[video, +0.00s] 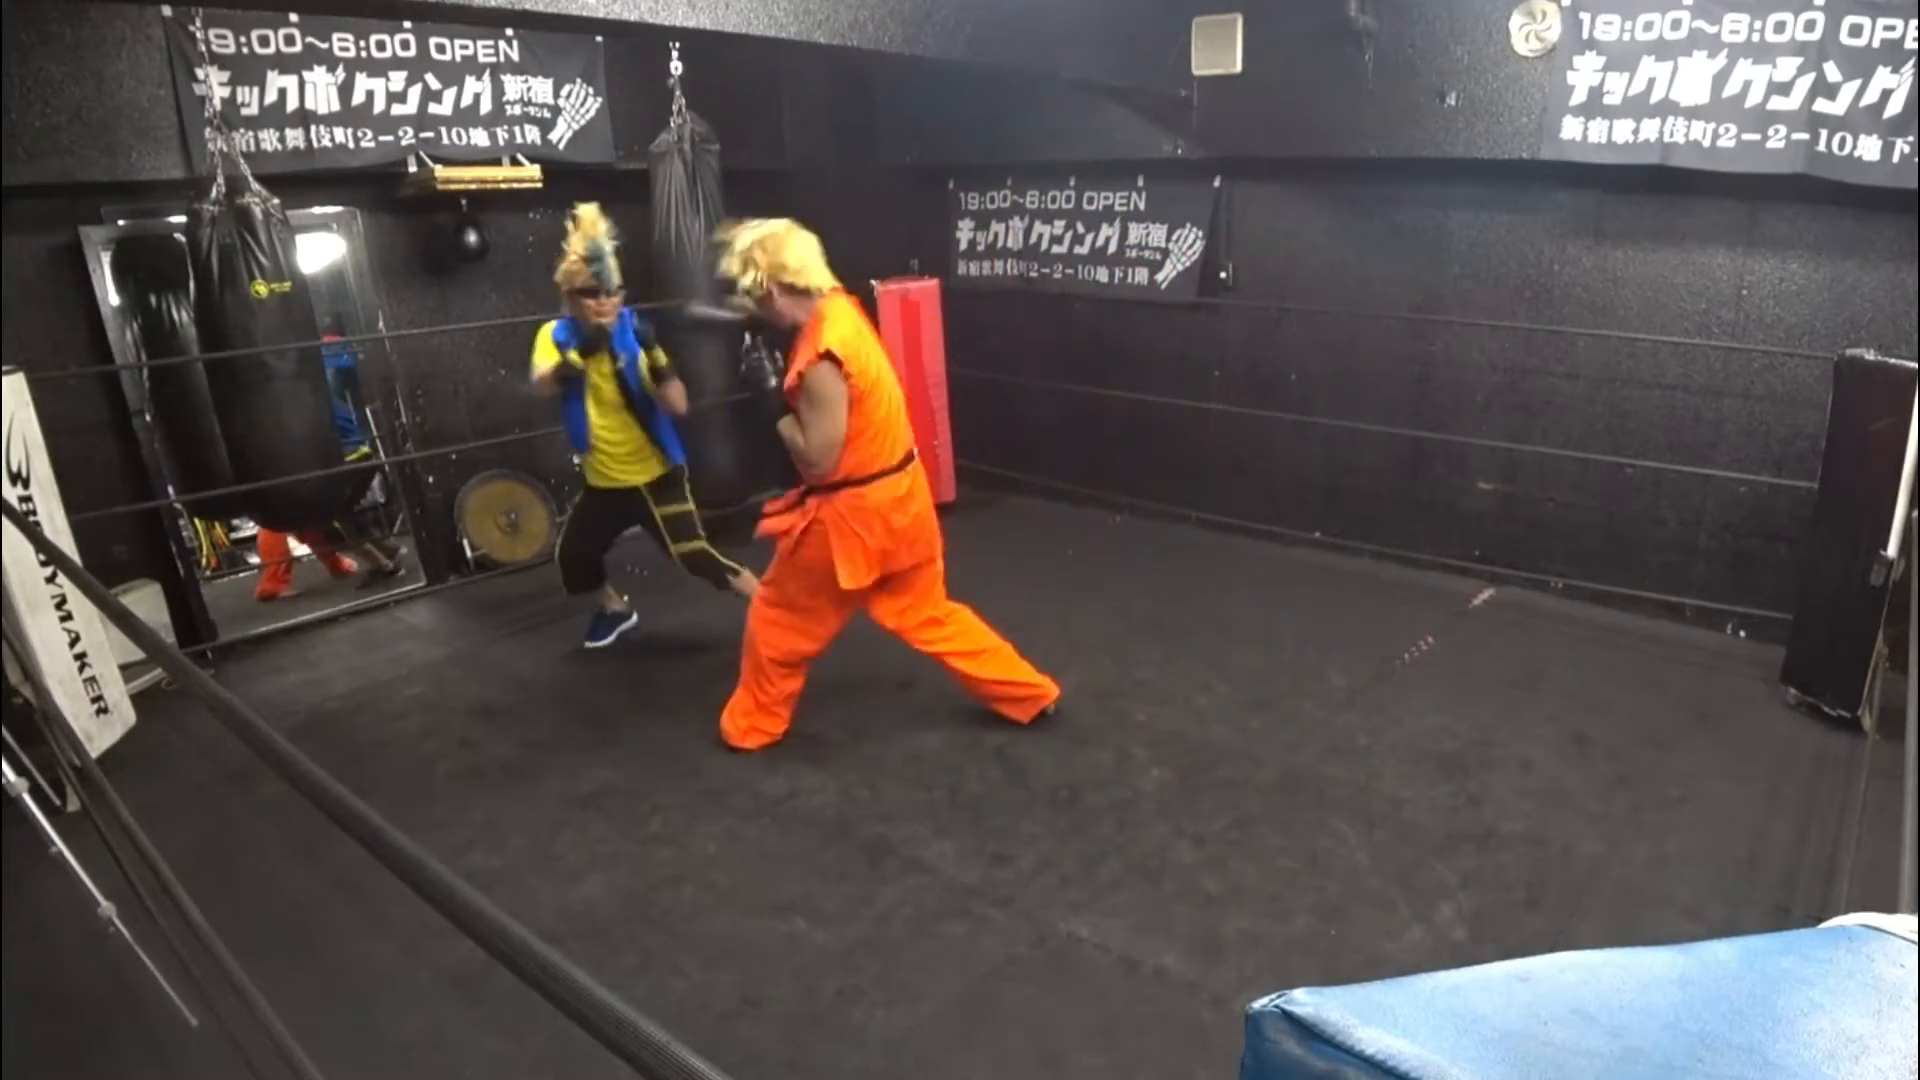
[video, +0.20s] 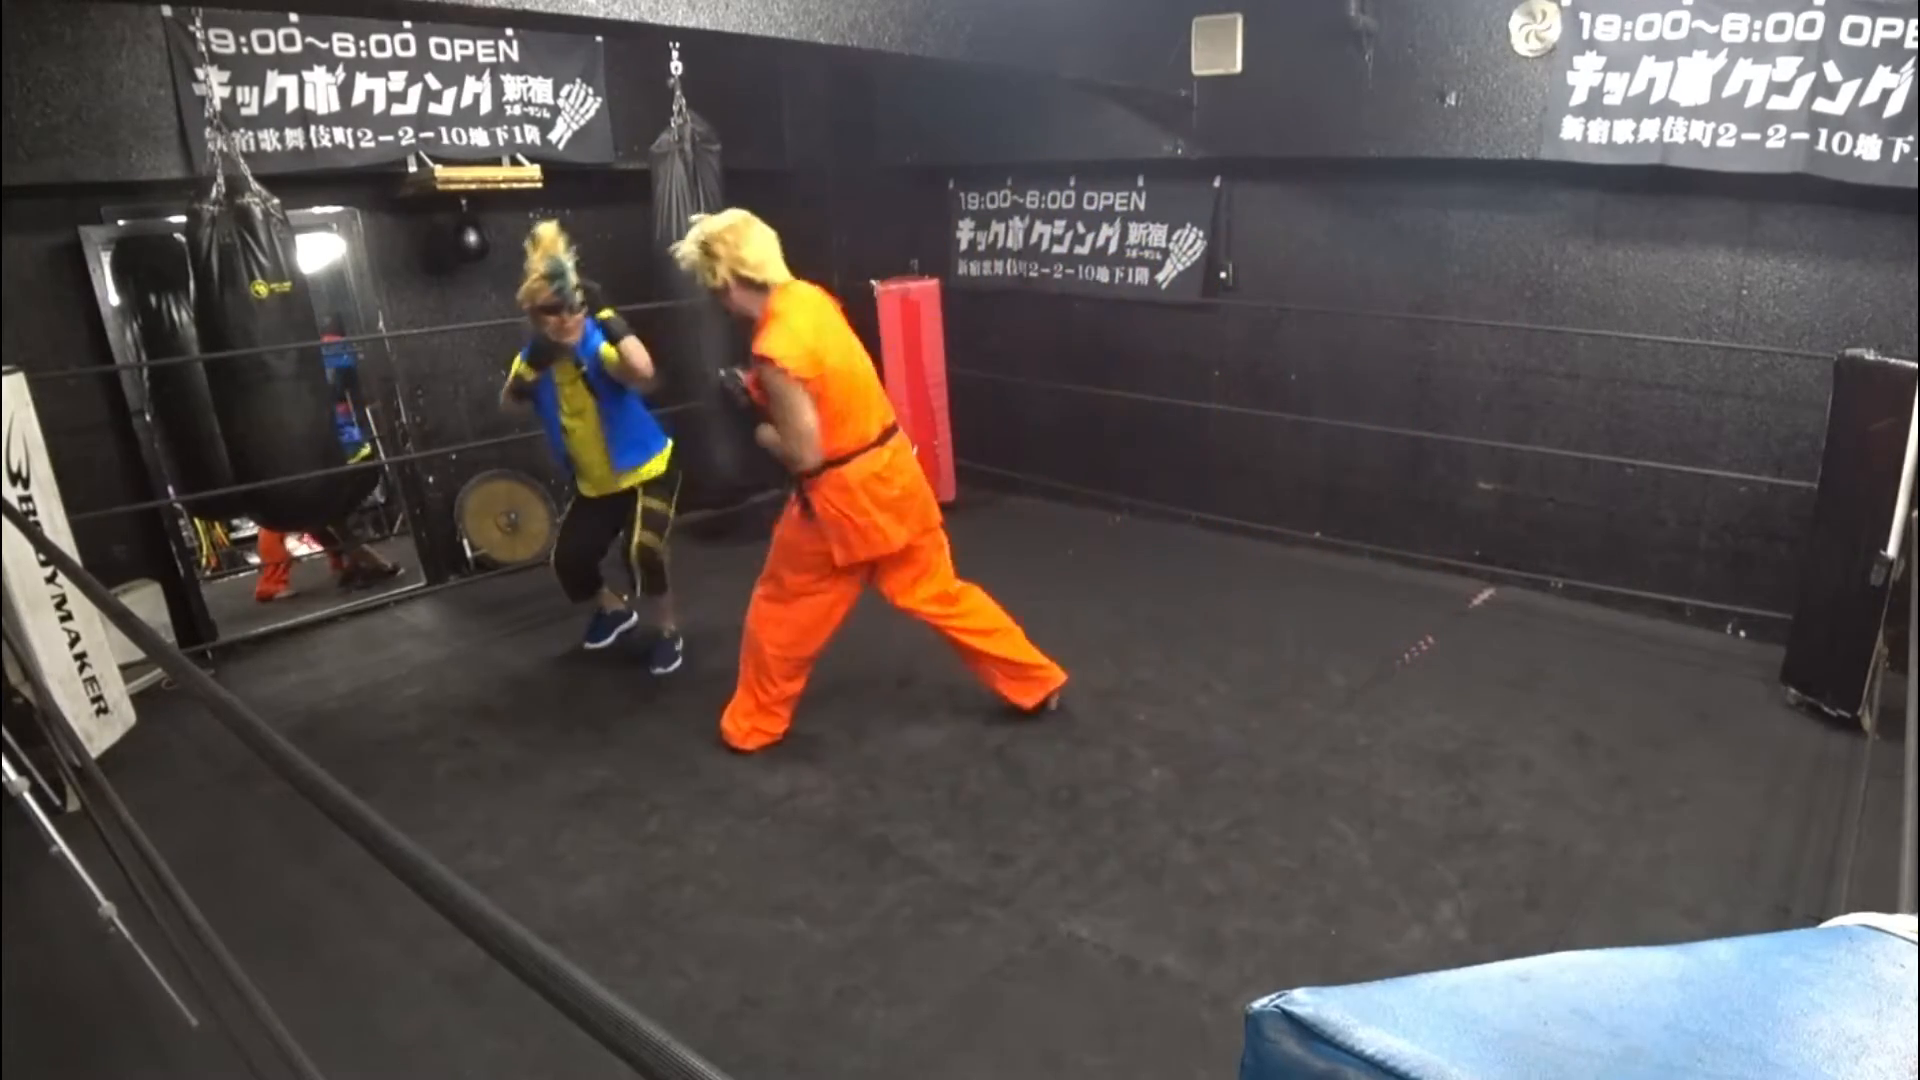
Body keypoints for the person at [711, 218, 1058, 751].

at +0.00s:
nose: (753, 309)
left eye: (752, 297)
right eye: (748, 298)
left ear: (772, 291)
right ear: (805, 275)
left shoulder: (820, 357)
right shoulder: (842, 311)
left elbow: (818, 459)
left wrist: (781, 412)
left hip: (852, 510)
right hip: (905, 493)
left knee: (780, 609)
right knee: (922, 610)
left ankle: (755, 722)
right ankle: (1029, 694)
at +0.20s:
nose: (717, 299)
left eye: (716, 288)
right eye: (714, 288)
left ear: (733, 282)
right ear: (764, 263)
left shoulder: (776, 347)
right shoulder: (810, 297)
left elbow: (804, 453)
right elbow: (826, 380)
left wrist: (769, 438)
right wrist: (762, 390)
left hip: (840, 491)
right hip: (893, 466)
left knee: (782, 606)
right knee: (933, 588)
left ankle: (756, 723)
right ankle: (1037, 682)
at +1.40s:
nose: (838, 306)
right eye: (834, 297)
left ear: (776, 314)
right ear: (828, 304)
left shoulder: (754, 373)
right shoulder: (851, 348)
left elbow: (684, 422)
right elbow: (917, 351)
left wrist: (678, 479)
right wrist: (976, 332)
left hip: (772, 526)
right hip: (846, 524)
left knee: (714, 605)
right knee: (928, 610)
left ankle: (646, 694)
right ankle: (1001, 703)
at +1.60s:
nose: (624, 321)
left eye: (624, 312)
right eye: (621, 311)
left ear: (641, 310)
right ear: (685, 299)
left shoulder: (652, 371)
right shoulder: (738, 348)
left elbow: (666, 466)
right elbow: (789, 432)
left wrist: (639, 457)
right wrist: (734, 431)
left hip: (710, 524)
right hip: (771, 505)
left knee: (638, 605)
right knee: (823, 612)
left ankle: (619, 704)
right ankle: (931, 677)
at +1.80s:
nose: (560, 388)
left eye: (555, 375)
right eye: (550, 381)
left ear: (572, 351)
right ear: (575, 350)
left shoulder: (640, 382)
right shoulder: (619, 384)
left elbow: (731, 417)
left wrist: (665, 462)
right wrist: (628, 477)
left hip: (699, 529)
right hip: (730, 519)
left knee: (605, 596)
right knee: (760, 633)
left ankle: (610, 707)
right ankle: (878, 680)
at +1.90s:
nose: (550, 393)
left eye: (542, 381)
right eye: (541, 385)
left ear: (558, 361)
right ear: (567, 352)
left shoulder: (628, 394)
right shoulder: (614, 378)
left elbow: (719, 421)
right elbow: (682, 436)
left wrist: (659, 476)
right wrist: (633, 481)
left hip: (697, 533)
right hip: (732, 517)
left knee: (599, 590)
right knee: (782, 618)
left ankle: (609, 707)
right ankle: (901, 664)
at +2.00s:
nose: (552, 371)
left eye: (550, 360)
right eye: (547, 362)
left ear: (569, 349)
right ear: (593, 332)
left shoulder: (614, 398)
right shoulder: (656, 358)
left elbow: (676, 459)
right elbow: (708, 415)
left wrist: (645, 499)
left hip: (700, 527)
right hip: (748, 498)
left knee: (603, 589)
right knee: (790, 605)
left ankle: (608, 705)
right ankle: (903, 653)